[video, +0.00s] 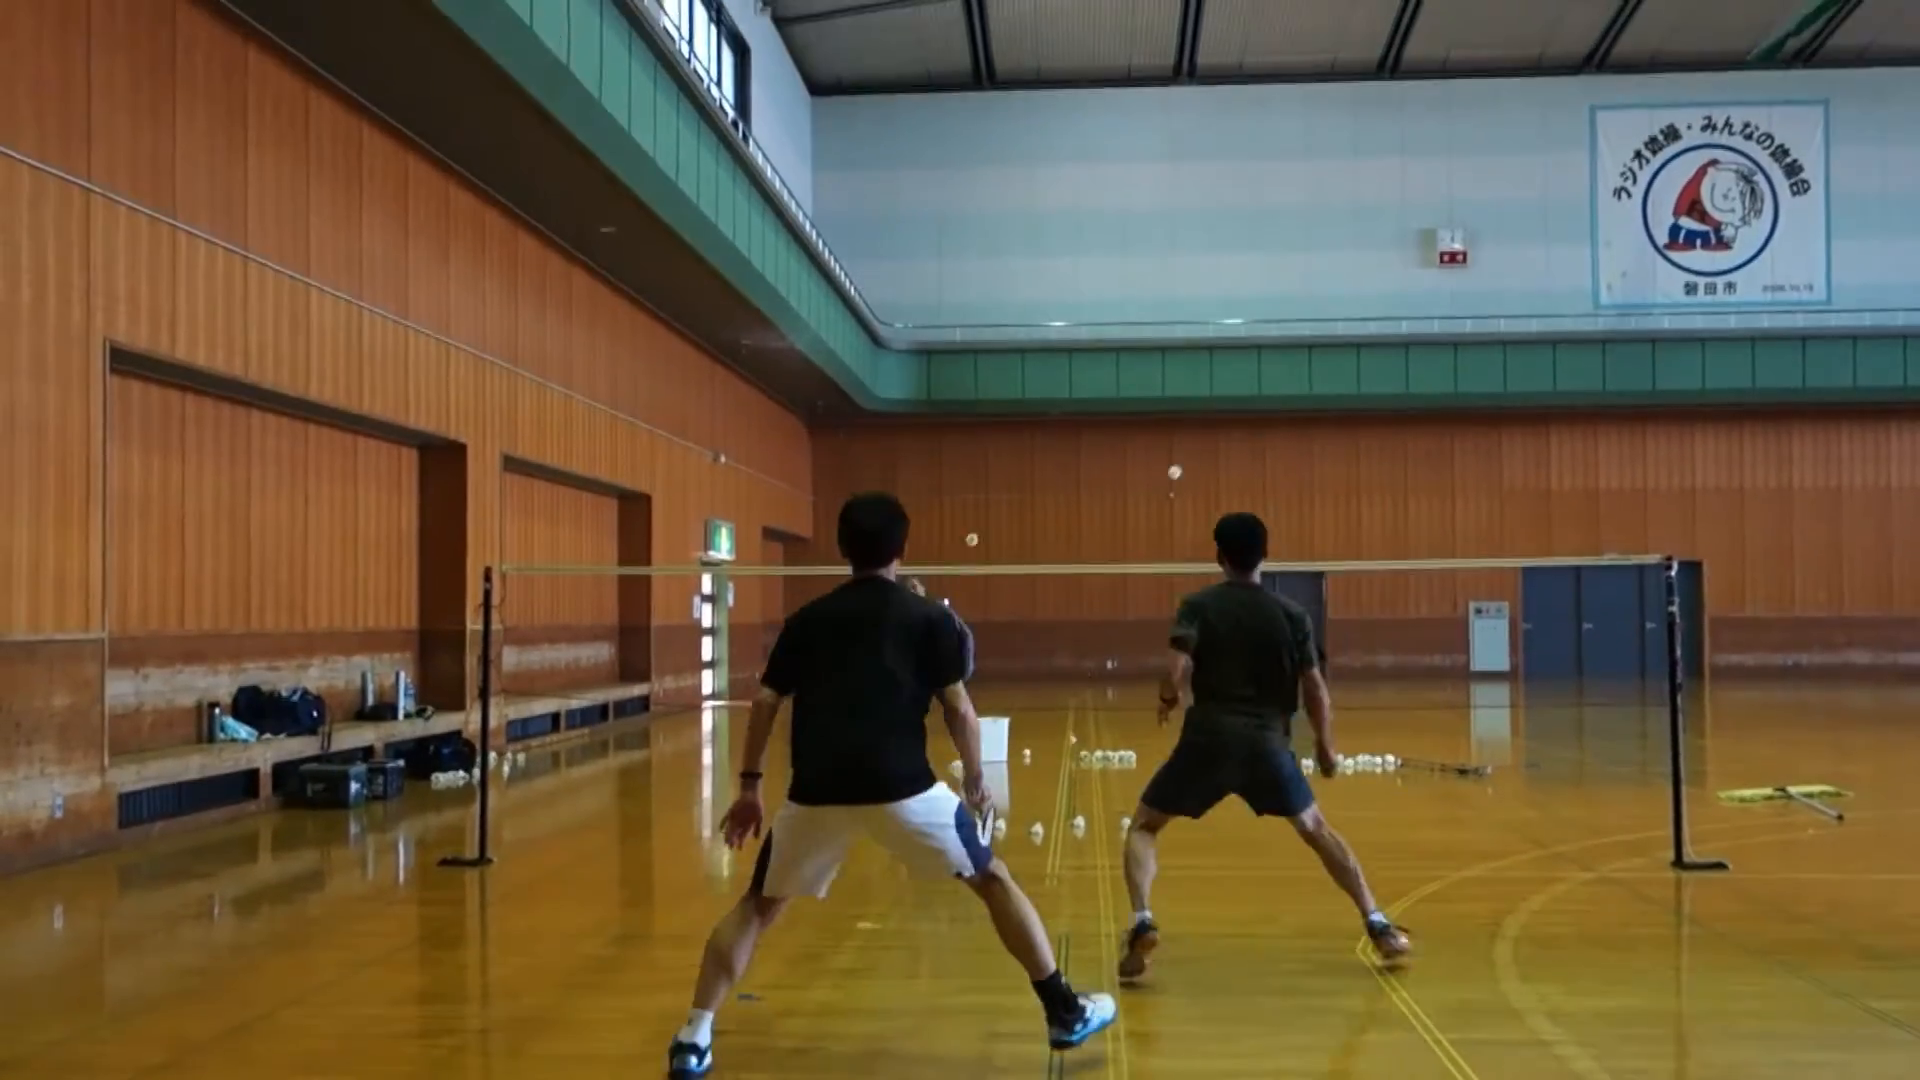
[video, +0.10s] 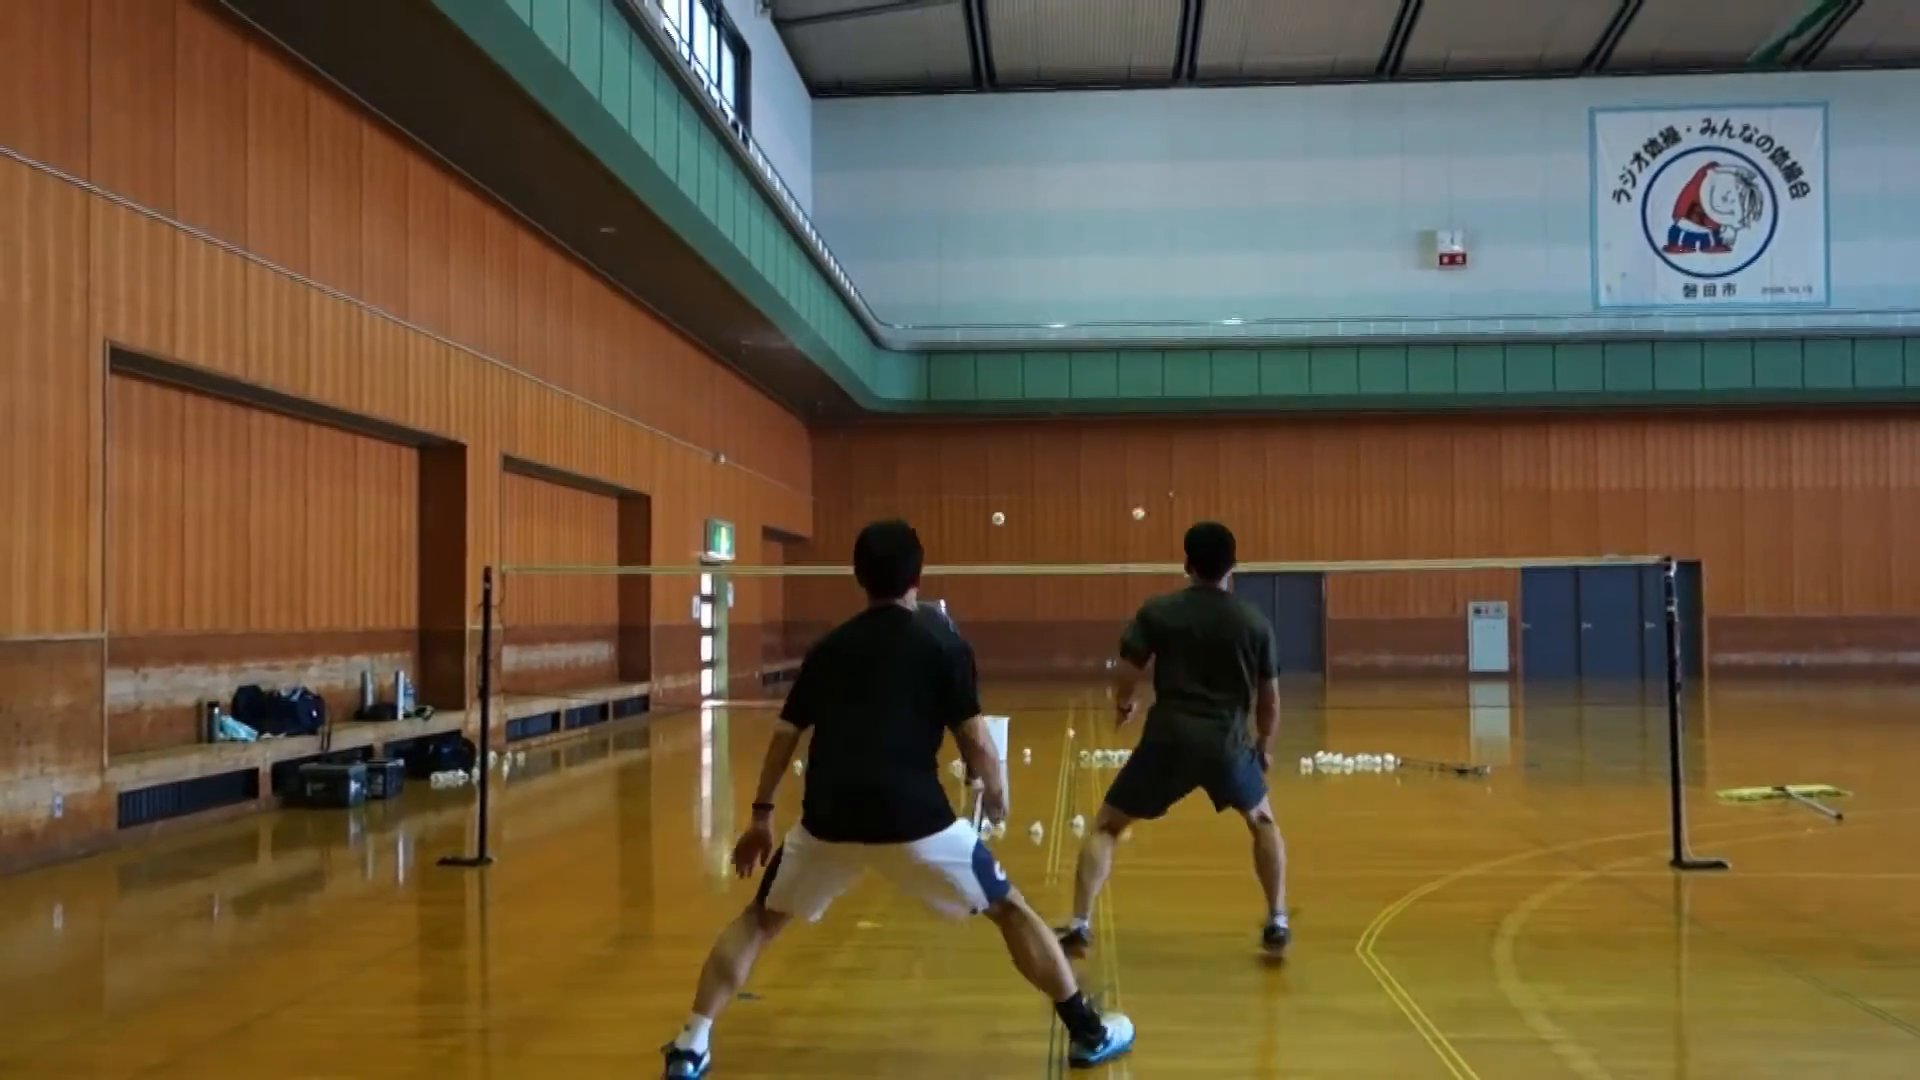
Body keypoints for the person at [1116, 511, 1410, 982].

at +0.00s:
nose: (1218, 557)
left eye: (1217, 551)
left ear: (1219, 556)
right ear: (1263, 556)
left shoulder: (1199, 606)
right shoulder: (1291, 616)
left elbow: (1176, 671)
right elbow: (1315, 689)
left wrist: (1169, 695)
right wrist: (1325, 746)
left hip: (1206, 747)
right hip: (1269, 749)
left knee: (1144, 828)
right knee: (1318, 831)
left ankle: (1142, 917)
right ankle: (1375, 920)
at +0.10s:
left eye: (1190, 559)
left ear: (1187, 564)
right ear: (1232, 565)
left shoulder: (1158, 612)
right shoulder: (1253, 622)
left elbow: (1126, 669)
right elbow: (1268, 700)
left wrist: (1122, 703)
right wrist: (1263, 749)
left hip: (1165, 740)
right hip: (1227, 743)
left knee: (1107, 827)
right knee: (1262, 822)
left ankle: (1080, 921)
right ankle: (1278, 917)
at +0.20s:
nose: (1155, 587)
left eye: (1156, 581)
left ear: (1157, 587)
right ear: (1200, 591)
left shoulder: (1133, 633)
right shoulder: (1215, 649)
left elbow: (1084, 672)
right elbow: (1228, 726)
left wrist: (1074, 681)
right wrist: (1203, 745)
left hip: (1127, 760)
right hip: (1184, 767)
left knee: (1062, 843)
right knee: (1210, 839)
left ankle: (1042, 945)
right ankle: (1244, 927)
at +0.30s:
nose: (1137, 600)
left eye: (1139, 595)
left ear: (1140, 601)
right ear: (1182, 604)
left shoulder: (1119, 639)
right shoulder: (1198, 656)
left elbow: (1048, 645)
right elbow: (1211, 714)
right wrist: (1169, 704)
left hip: (1117, 775)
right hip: (1174, 778)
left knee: (1050, 849)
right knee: (1191, 825)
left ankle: (1037, 949)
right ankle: (1226, 896)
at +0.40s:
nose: (1137, 598)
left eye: (1138, 592)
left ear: (1140, 598)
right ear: (1180, 602)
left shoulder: (1120, 634)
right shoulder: (1193, 647)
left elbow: (1067, 634)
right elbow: (1207, 668)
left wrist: (1022, 622)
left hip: (1127, 760)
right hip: (1181, 762)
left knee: (1061, 833)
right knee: (1202, 806)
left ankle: (1026, 913)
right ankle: (1225, 892)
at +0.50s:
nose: (1137, 602)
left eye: (1140, 597)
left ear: (1139, 606)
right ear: (1177, 611)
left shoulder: (1135, 645)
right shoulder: (1189, 646)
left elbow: (1076, 654)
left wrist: (1025, 648)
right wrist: (1162, 581)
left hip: (1146, 759)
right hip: (1194, 758)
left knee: (1074, 828)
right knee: (1207, 821)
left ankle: (1016, 912)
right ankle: (1227, 894)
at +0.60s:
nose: (1128, 597)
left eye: (1130, 591)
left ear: (1132, 598)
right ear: (1169, 601)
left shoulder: (1123, 634)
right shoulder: (1186, 646)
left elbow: (1083, 664)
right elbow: (1199, 703)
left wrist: (1021, 675)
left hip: (1135, 746)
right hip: (1183, 747)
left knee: (1082, 836)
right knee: (1196, 806)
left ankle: (1058, 922)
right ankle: (1226, 886)